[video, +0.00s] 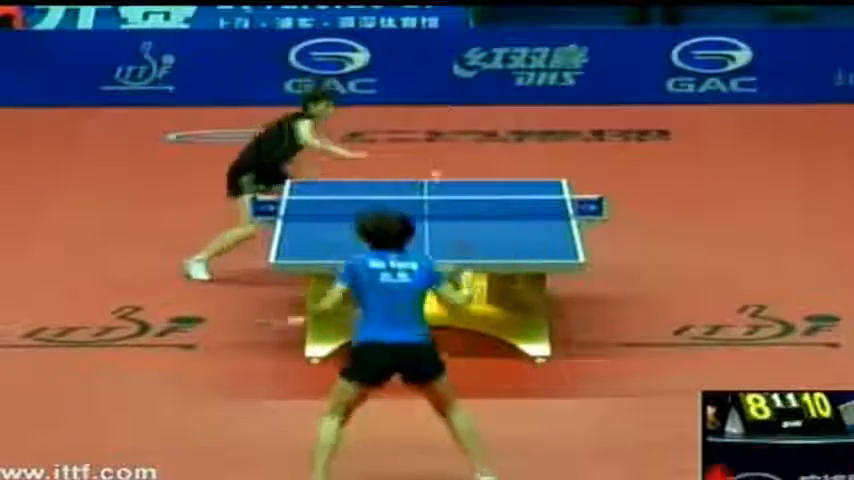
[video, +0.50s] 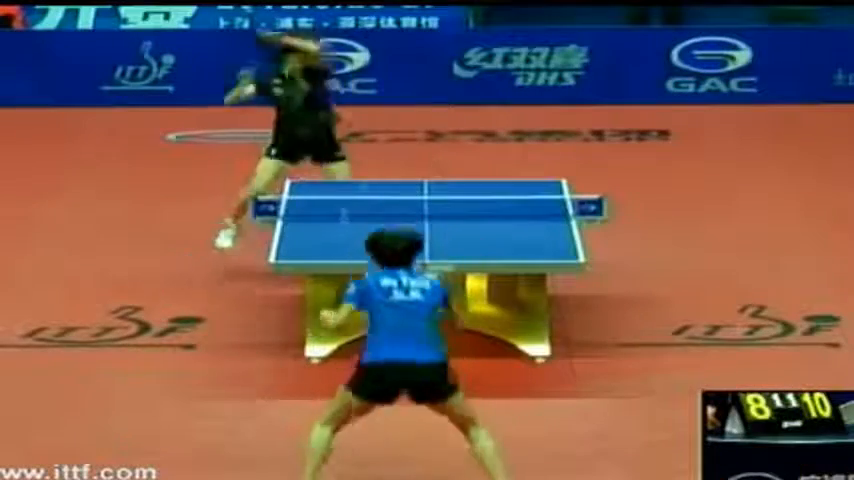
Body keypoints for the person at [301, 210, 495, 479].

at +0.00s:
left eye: (365, 235)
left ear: (369, 238)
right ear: (405, 238)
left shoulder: (358, 264)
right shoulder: (420, 264)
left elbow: (329, 304)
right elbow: (454, 301)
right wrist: (466, 291)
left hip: (371, 348)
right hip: (416, 348)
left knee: (336, 414)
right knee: (451, 408)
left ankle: (319, 473)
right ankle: (482, 470)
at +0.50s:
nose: (370, 261)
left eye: (373, 256)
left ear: (378, 258)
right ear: (412, 257)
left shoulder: (367, 286)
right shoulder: (434, 285)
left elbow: (336, 321)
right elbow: (456, 321)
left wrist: (326, 314)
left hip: (380, 367)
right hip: (428, 368)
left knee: (328, 424)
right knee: (472, 428)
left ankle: (310, 475)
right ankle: (501, 476)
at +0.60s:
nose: (333, 280)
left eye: (336, 275)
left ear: (342, 278)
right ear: (373, 276)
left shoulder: (347, 302)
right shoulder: (397, 299)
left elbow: (293, 321)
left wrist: (274, 301)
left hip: (372, 386)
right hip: (417, 383)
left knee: (296, 416)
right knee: (464, 431)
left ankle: (278, 472)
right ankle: (495, 473)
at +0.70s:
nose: (296, 287)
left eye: (298, 283)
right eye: (301, 284)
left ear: (304, 284)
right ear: (332, 280)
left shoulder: (312, 301)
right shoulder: (357, 302)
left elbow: (253, 311)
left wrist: (232, 294)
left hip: (350, 387)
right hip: (393, 384)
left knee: (272, 421)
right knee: (447, 432)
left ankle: (238, 475)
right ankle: (488, 474)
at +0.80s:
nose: (229, 315)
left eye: (230, 309)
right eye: (229, 309)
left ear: (241, 305)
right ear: (262, 301)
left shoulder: (259, 313)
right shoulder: (284, 324)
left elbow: (214, 308)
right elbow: (255, 354)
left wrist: (172, 301)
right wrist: (234, 364)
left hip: (298, 395)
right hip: (337, 391)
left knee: (226, 429)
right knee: (393, 439)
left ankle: (205, 473)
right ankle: (462, 467)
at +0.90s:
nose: (197, 328)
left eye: (197, 319)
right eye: (198, 318)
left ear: (206, 316)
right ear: (226, 313)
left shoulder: (226, 321)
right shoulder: (248, 338)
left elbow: (194, 305)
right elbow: (219, 377)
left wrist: (157, 295)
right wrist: (188, 399)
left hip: (266, 398)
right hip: (303, 395)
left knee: (191, 427)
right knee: (357, 443)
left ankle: (189, 474)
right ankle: (419, 473)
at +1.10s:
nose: (164, 287)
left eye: (166, 280)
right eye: (163, 280)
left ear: (177, 281)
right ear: (196, 279)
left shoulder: (184, 301)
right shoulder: (220, 303)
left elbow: (177, 283)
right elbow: (254, 339)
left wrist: (163, 258)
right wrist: (284, 376)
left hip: (225, 376)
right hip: (263, 371)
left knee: (171, 424)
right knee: (314, 426)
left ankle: (179, 475)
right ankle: (382, 472)